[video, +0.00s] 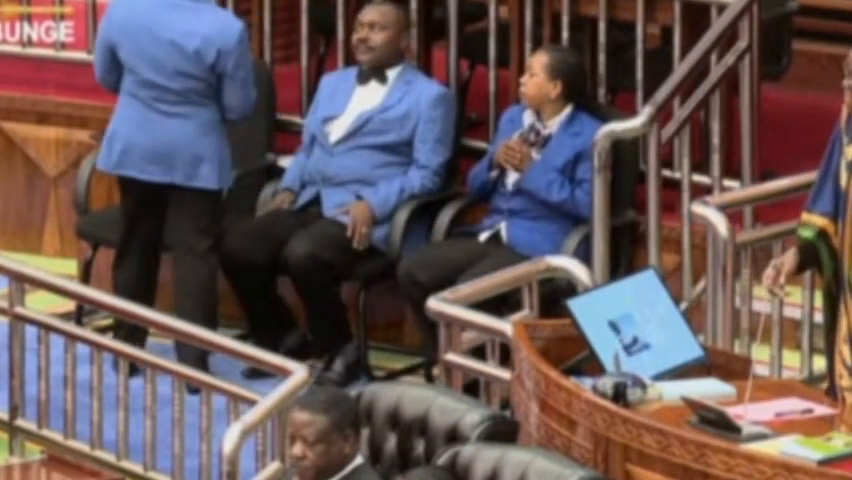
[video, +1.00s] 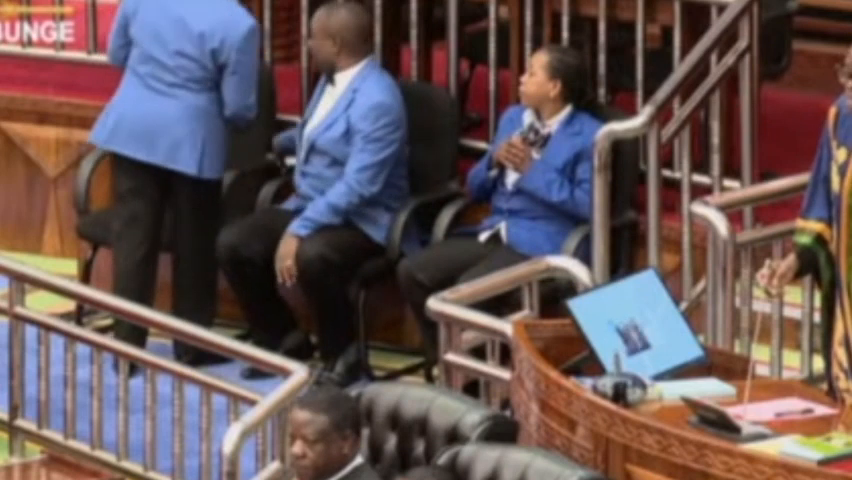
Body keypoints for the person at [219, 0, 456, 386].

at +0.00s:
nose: (363, 36)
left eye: (376, 28)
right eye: (359, 27)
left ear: (403, 40)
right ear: (352, 34)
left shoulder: (429, 96)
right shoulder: (332, 84)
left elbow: (429, 174)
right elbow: (307, 150)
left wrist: (374, 205)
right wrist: (288, 189)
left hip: (369, 214)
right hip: (313, 206)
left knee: (306, 255)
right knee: (240, 247)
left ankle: (338, 350)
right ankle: (277, 337)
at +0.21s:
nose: (337, 45)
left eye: (346, 38)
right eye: (337, 37)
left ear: (380, 44)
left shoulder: (421, 98)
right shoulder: (331, 85)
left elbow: (419, 174)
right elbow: (308, 148)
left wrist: (358, 204)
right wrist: (289, 182)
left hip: (371, 216)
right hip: (314, 206)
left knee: (309, 254)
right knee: (241, 247)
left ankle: (338, 351)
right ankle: (277, 337)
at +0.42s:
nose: (325, 52)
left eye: (330, 44)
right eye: (325, 44)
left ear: (356, 46)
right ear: (357, 46)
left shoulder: (407, 97)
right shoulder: (331, 85)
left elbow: (401, 177)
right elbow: (311, 152)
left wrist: (332, 202)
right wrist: (278, 173)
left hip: (370, 214)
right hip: (313, 201)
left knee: (315, 251)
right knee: (244, 243)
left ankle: (338, 350)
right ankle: (280, 336)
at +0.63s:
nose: (319, 52)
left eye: (321, 44)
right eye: (319, 44)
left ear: (339, 47)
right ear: (354, 44)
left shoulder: (393, 94)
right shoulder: (335, 85)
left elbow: (381, 173)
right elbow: (319, 158)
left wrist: (313, 212)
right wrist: (265, 153)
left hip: (372, 214)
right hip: (319, 203)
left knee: (319, 252)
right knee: (242, 241)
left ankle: (342, 354)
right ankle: (282, 338)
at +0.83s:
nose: (315, 48)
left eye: (316, 40)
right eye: (314, 41)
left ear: (332, 43)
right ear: (357, 38)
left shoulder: (380, 93)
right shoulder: (335, 82)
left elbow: (362, 175)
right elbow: (321, 136)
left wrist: (299, 225)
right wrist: (277, 136)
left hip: (366, 214)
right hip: (314, 203)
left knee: (316, 255)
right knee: (238, 243)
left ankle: (342, 356)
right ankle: (281, 339)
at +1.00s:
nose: (309, 47)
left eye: (313, 39)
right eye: (310, 39)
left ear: (336, 43)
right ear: (342, 43)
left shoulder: (377, 97)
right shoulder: (330, 83)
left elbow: (361, 184)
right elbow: (320, 137)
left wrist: (298, 231)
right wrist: (281, 144)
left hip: (365, 219)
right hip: (312, 205)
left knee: (315, 258)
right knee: (235, 244)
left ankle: (342, 358)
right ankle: (282, 341)